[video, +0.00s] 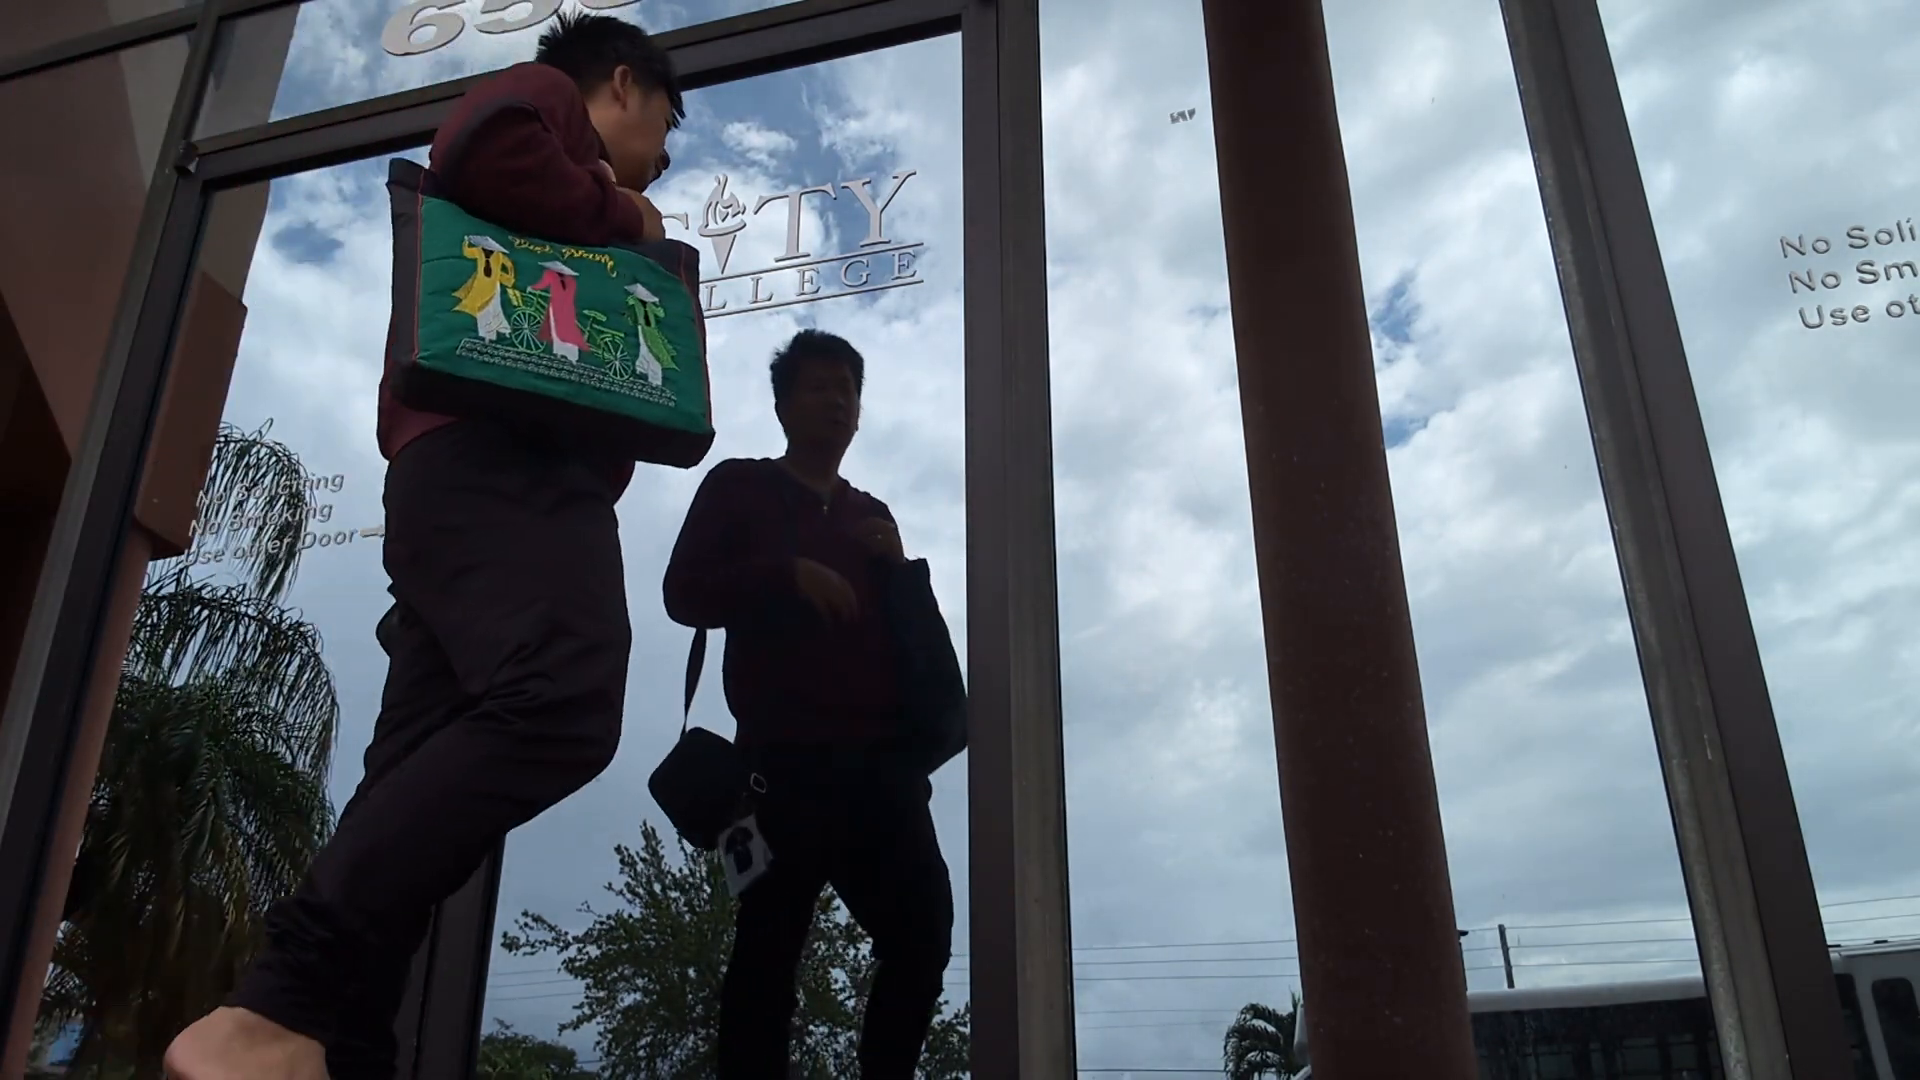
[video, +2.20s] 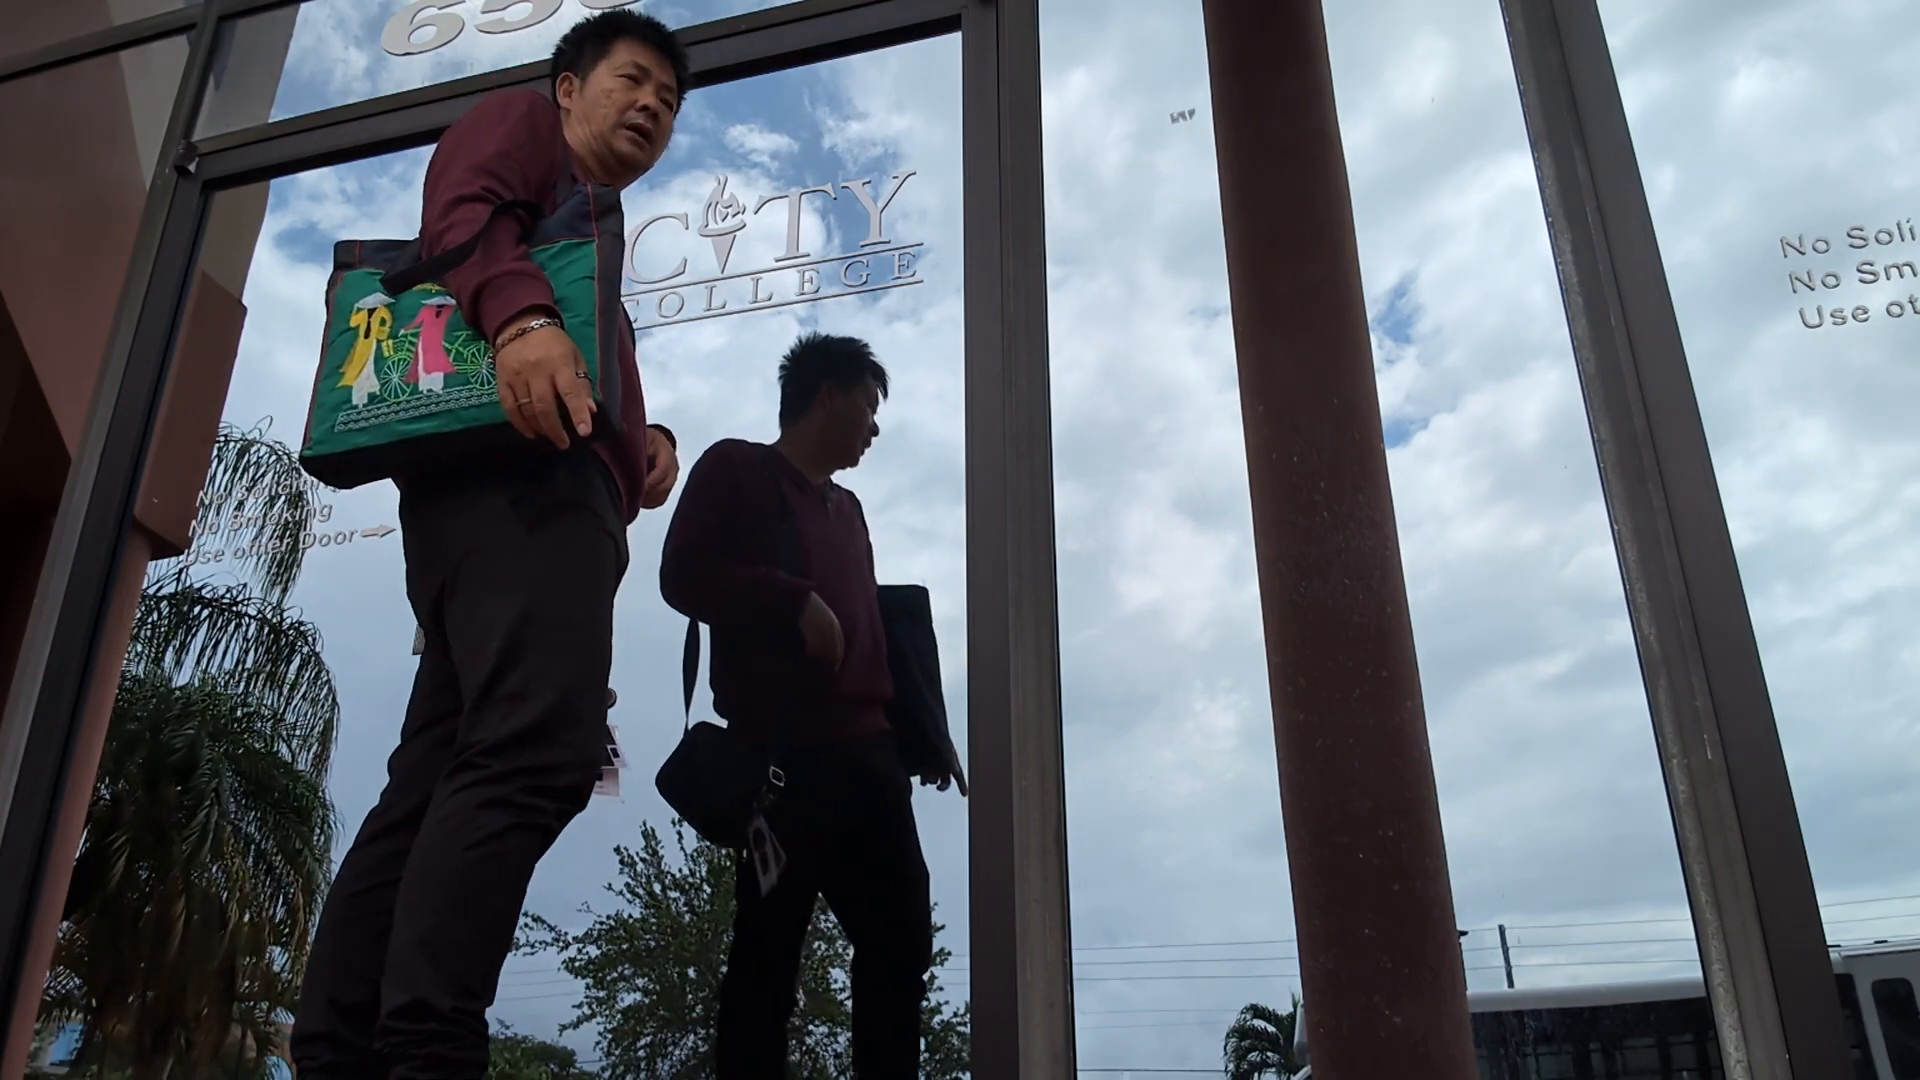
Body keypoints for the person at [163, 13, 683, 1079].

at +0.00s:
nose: (661, 159)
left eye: (669, 142)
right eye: (666, 129)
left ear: (611, 106)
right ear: (619, 86)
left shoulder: (579, 203)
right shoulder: (538, 91)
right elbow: (486, 155)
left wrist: (654, 272)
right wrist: (633, 223)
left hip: (476, 464)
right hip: (498, 452)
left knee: (417, 755)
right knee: (555, 714)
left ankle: (344, 1046)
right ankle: (270, 1020)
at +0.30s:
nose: (696, 128)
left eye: (702, 118)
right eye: (682, 103)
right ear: (613, 86)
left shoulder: (618, 216)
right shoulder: (564, 106)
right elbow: (499, 162)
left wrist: (683, 277)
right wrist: (644, 229)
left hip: (498, 472)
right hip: (533, 464)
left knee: (443, 757)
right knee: (528, 757)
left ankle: (344, 1036)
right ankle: (428, 1043)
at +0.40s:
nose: (699, 121)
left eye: (709, 113)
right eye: (684, 96)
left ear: (687, 132)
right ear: (615, 81)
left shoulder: (631, 227)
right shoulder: (571, 105)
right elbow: (501, 155)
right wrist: (648, 224)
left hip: (505, 467)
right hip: (537, 456)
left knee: (449, 753)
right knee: (531, 753)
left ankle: (346, 1035)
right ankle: (429, 1044)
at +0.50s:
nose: (697, 116)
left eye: (711, 110)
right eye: (680, 91)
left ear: (699, 133)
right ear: (614, 78)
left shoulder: (648, 227)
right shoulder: (573, 105)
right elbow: (494, 147)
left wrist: (691, 271)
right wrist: (651, 220)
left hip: (513, 465)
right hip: (538, 453)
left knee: (452, 747)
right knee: (531, 753)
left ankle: (344, 1034)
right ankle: (427, 1042)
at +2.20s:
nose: (650, 110)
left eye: (667, 103)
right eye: (632, 83)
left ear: (663, 129)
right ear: (570, 81)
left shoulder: (599, 231)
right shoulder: (526, 118)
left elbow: (599, 364)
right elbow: (464, 202)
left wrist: (639, 434)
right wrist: (518, 317)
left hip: (528, 483)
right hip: (517, 463)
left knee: (443, 762)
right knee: (530, 752)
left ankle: (338, 1043)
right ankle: (426, 1046)